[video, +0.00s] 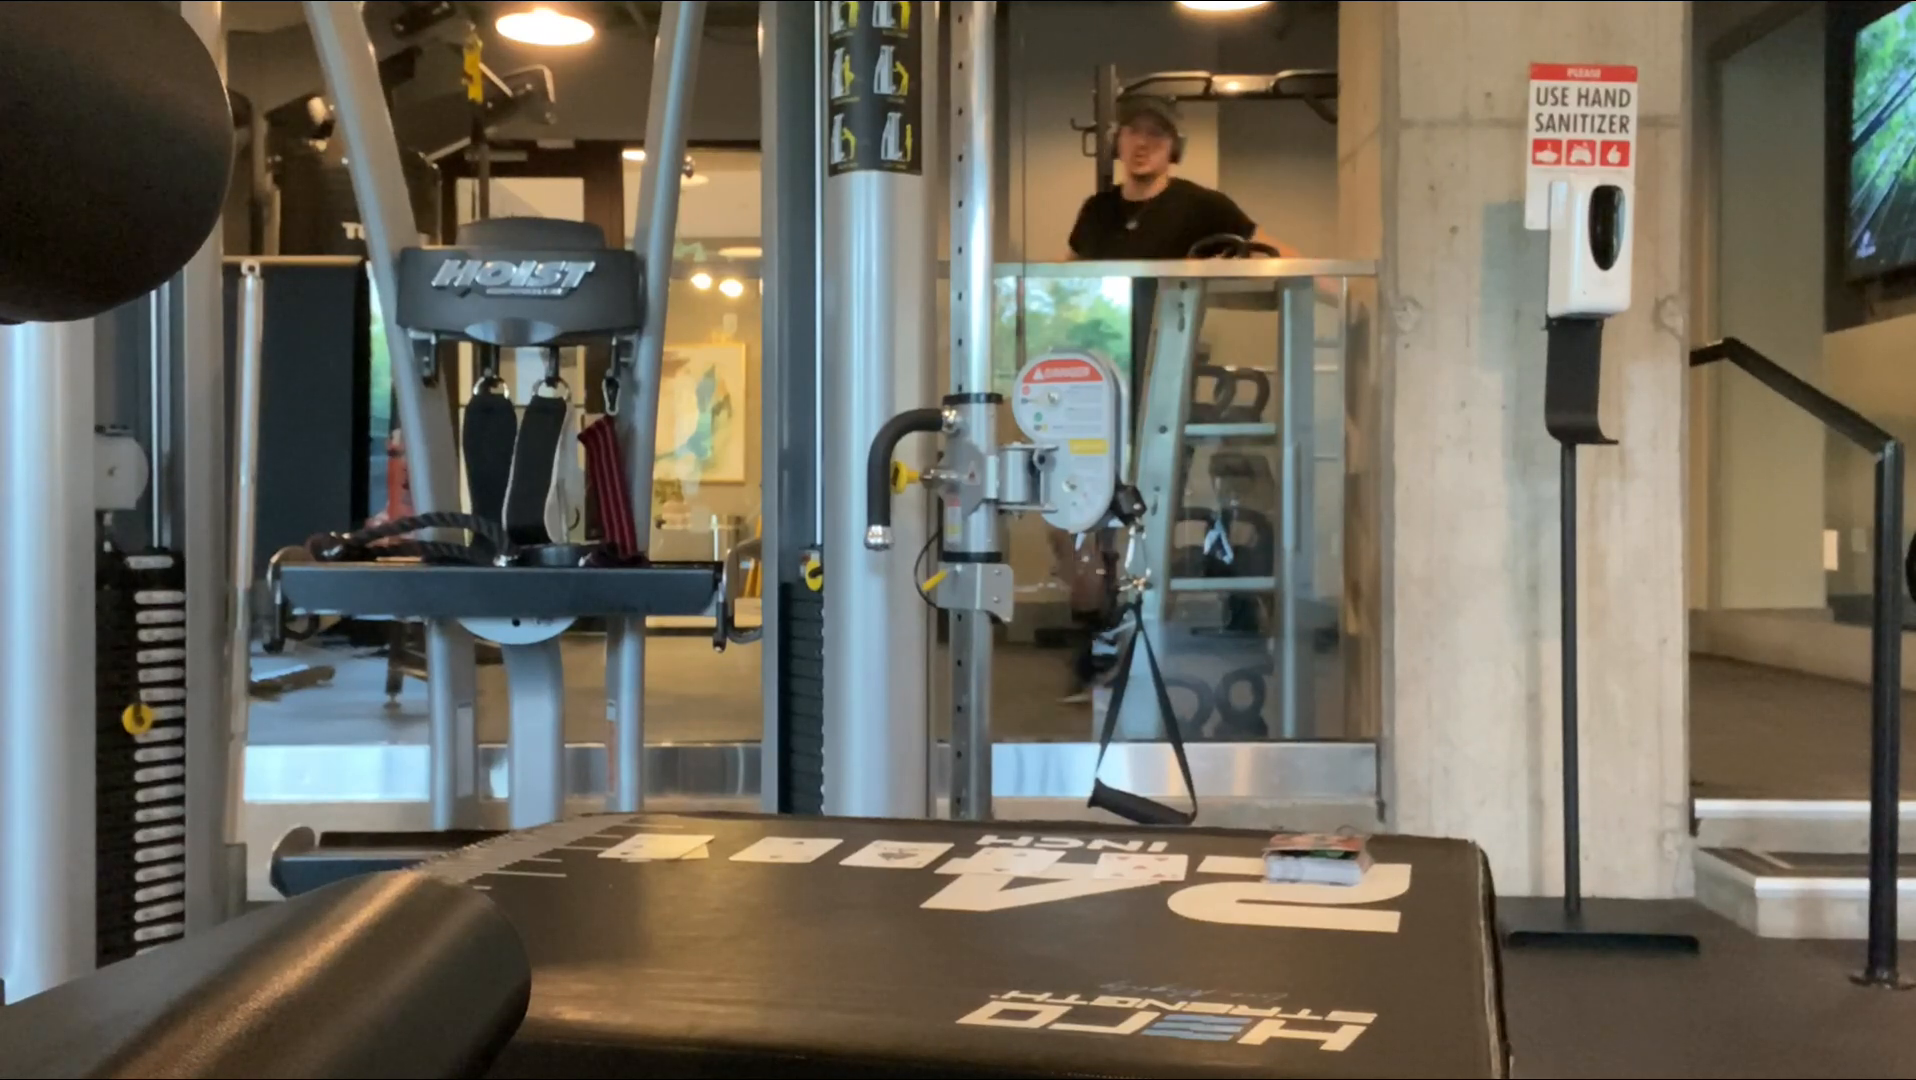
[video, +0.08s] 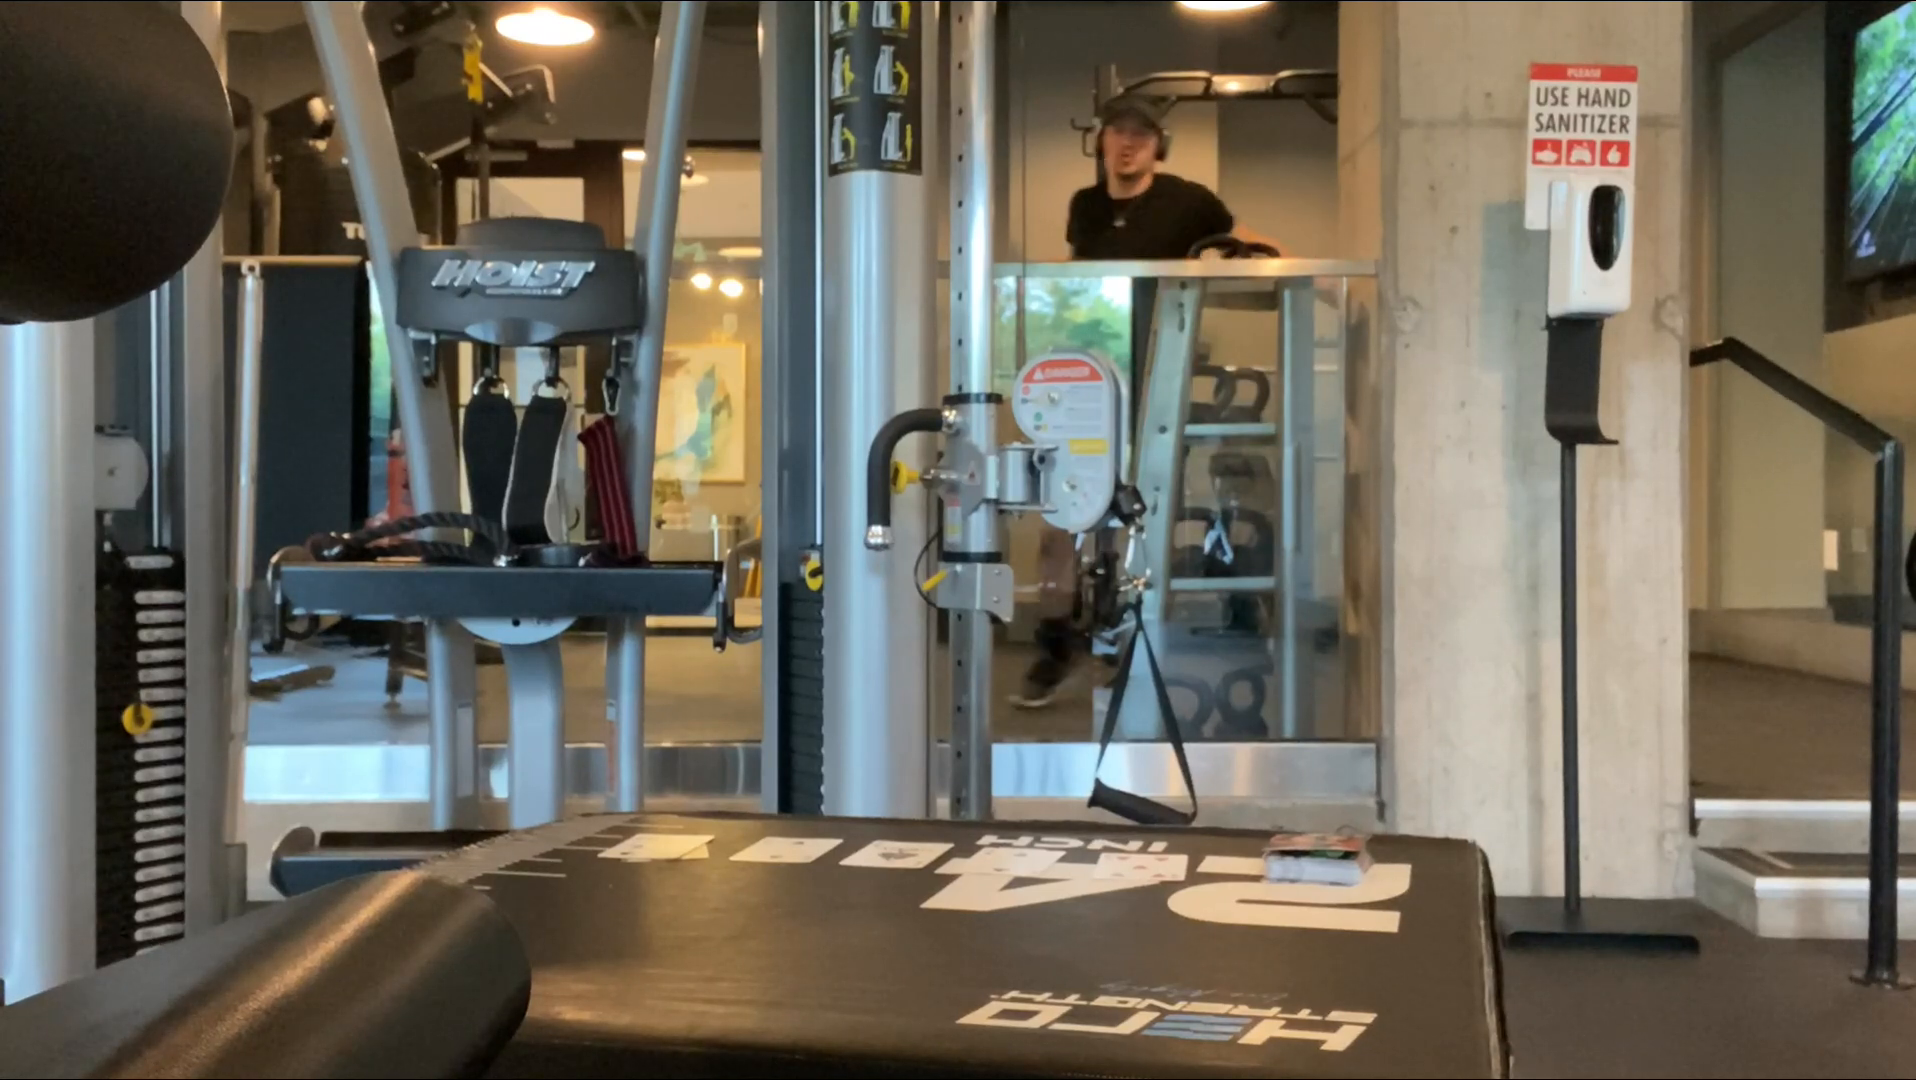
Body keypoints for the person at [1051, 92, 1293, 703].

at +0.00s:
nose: (1140, 146)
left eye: (1152, 137)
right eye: (1132, 136)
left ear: (1173, 148)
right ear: (1117, 144)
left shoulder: (1200, 206)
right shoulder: (1096, 210)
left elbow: (1276, 253)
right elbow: (1070, 284)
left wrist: (1334, 289)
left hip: (1165, 371)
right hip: (1100, 371)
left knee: (1150, 503)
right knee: (1085, 502)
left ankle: (1137, 637)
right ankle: (1090, 635)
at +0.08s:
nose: (1127, 150)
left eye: (1139, 141)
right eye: (1118, 138)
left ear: (1157, 147)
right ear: (1102, 143)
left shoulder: (1188, 201)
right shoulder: (1086, 205)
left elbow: (1240, 250)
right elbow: (1080, 281)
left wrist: (1254, 252)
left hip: (1157, 367)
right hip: (1092, 368)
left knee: (1141, 499)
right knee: (1064, 499)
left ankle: (1134, 633)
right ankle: (1054, 637)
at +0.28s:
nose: (1102, 144)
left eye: (1113, 133)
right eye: (1092, 132)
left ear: (1129, 143)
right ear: (1072, 141)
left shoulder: (1163, 206)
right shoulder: (1044, 213)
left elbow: (1202, 273)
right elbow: (1026, 298)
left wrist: (1220, 262)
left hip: (1140, 385)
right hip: (1061, 390)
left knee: (1133, 518)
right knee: (1040, 525)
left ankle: (1126, 650)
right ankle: (1018, 651)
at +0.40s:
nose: (1079, 147)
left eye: (1091, 135)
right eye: (1070, 135)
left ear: (1108, 144)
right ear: (1052, 142)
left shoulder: (1146, 218)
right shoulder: (1016, 221)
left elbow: (1204, 291)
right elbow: (975, 295)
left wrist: (1266, 335)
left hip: (1125, 400)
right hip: (1040, 401)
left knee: (1125, 529)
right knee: (1032, 535)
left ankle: (1121, 661)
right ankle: (1018, 660)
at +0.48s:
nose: (1065, 149)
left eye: (1075, 138)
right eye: (1055, 139)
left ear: (1093, 146)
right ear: (1037, 147)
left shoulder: (1131, 217)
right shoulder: (1009, 218)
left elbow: (1183, 281)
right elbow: (967, 281)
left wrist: (1209, 341)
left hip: (1110, 400)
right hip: (1028, 399)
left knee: (1115, 529)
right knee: (1027, 534)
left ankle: (1119, 653)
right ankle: (1016, 664)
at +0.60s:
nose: (1047, 151)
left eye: (1057, 140)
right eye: (1037, 140)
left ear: (1076, 147)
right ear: (1020, 147)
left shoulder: (1110, 212)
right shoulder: (999, 206)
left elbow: (1120, 284)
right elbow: (997, 242)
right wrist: (1084, 237)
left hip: (1093, 387)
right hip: (1016, 385)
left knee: (1112, 520)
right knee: (1020, 534)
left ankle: (1123, 643)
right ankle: (1015, 659)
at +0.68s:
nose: (1044, 148)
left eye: (1054, 138)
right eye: (1034, 138)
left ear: (1073, 147)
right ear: (1017, 147)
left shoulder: (1105, 210)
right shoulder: (1001, 202)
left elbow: (1117, 245)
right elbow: (1000, 222)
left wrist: (1037, 225)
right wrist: (1095, 226)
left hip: (1092, 386)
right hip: (1016, 383)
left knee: (1112, 515)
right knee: (1021, 533)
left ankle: (1120, 629)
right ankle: (1015, 658)